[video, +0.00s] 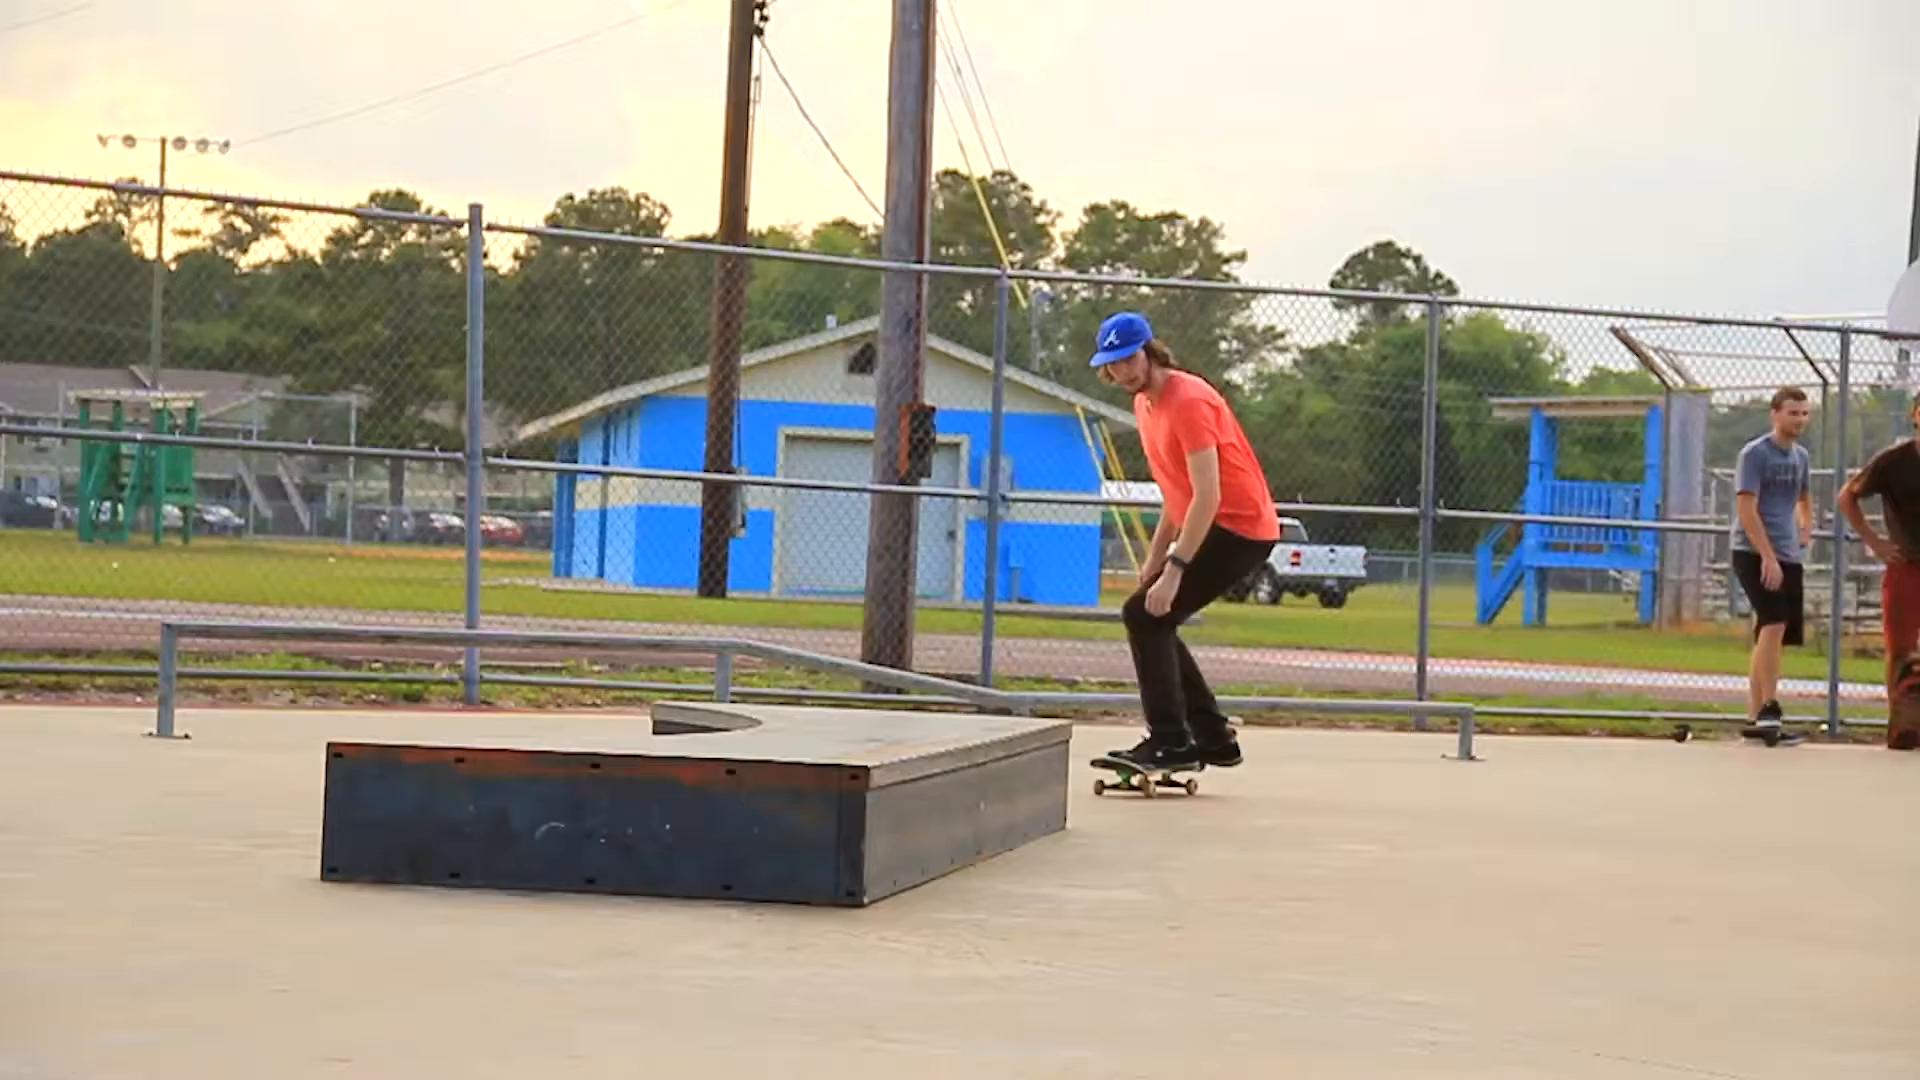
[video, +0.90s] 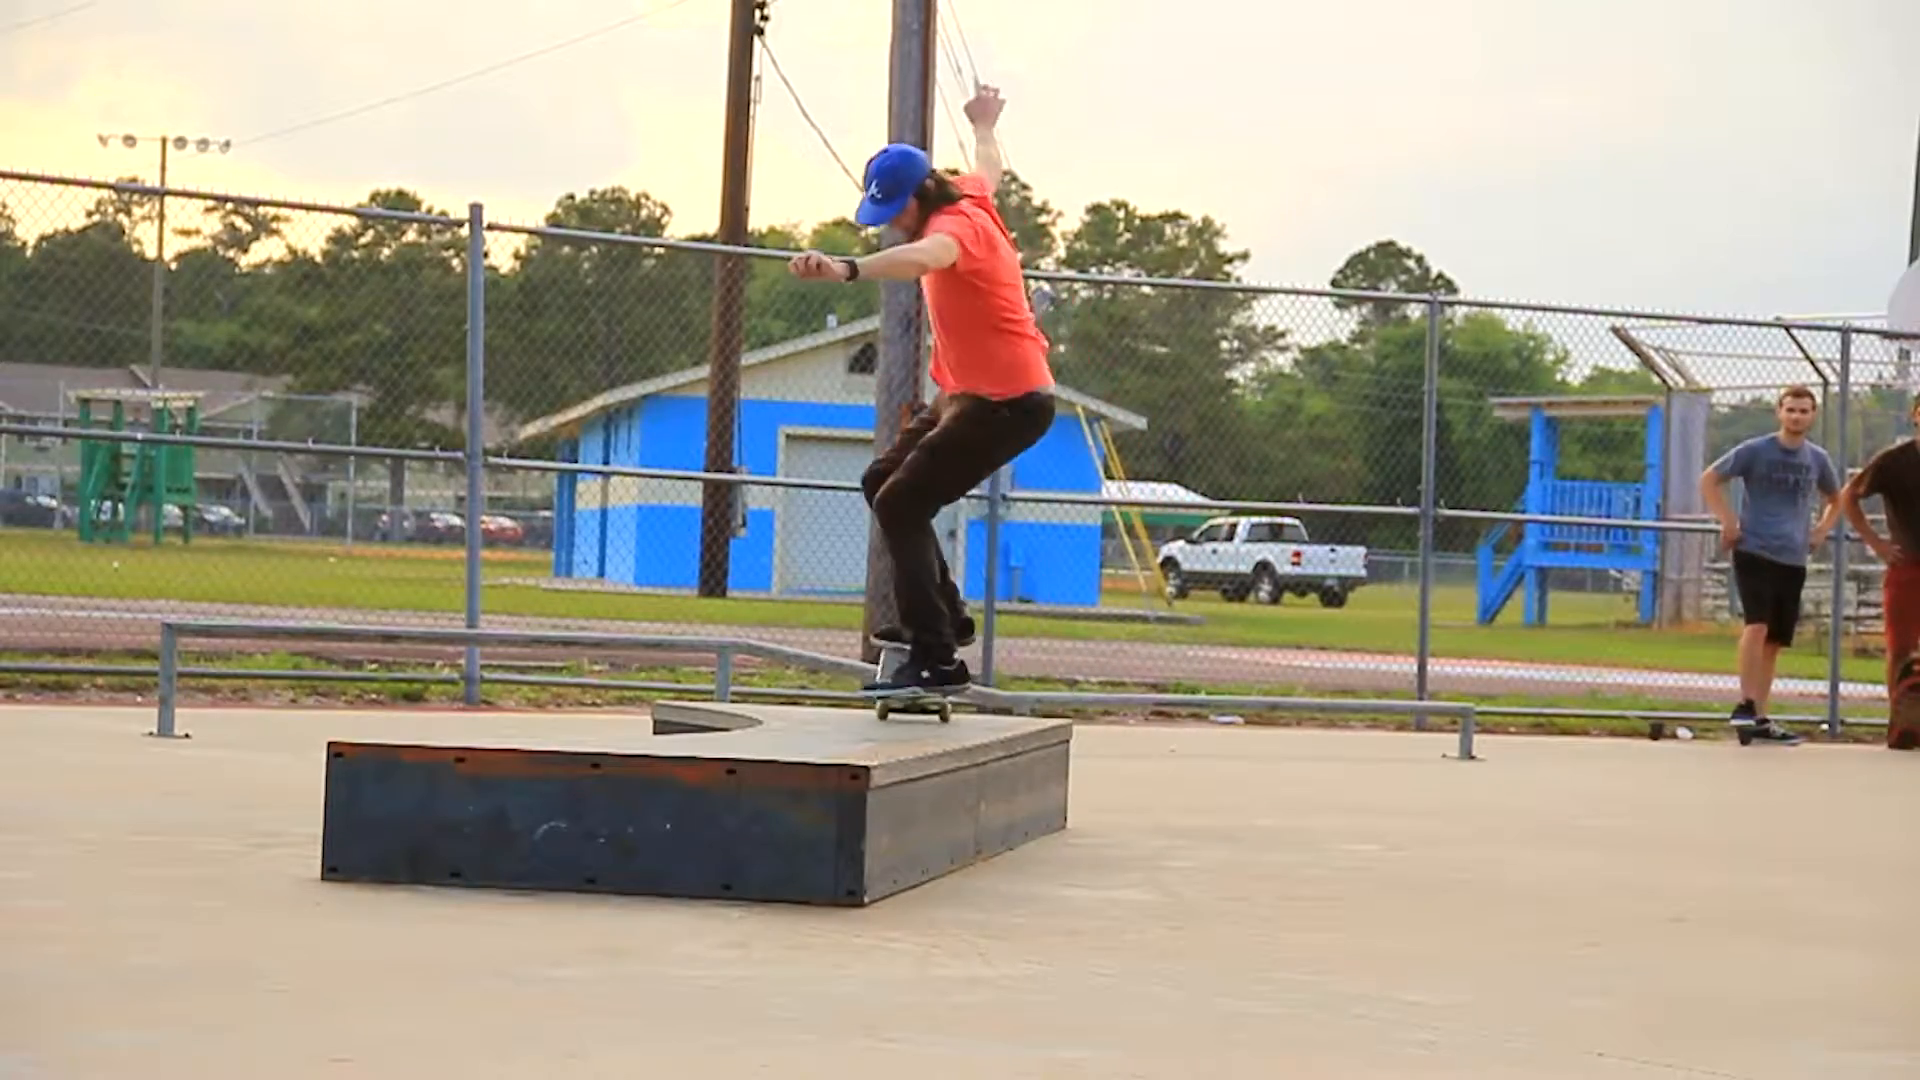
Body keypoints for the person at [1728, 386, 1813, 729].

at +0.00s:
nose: (1800, 419)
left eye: (1804, 414)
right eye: (1793, 413)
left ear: (1806, 418)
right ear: (1774, 415)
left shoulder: (1800, 456)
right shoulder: (1754, 454)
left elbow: (1802, 496)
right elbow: (1746, 509)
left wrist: (1805, 525)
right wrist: (1767, 555)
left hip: (1787, 552)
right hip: (1754, 550)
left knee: (1772, 632)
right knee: (1774, 620)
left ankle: (1758, 712)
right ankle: (1768, 703)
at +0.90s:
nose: (1797, 416)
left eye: (1804, 411)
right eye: (1791, 410)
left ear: (1813, 416)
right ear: (1779, 413)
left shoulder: (1817, 459)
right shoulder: (1755, 450)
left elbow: (1835, 498)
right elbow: (1709, 479)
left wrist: (1821, 528)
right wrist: (1728, 521)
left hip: (1792, 557)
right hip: (1754, 550)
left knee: (1774, 641)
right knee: (1757, 625)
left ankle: (1760, 715)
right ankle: (1746, 705)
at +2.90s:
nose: (1809, 421)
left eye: (1813, 415)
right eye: (1803, 414)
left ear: (1816, 419)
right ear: (1784, 413)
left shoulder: (1812, 459)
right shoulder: (1755, 446)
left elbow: (1828, 500)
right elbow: (1705, 473)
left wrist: (1817, 534)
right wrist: (1735, 511)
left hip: (1790, 557)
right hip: (1753, 550)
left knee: (1771, 641)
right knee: (1753, 624)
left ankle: (1758, 717)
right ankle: (1742, 703)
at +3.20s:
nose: (1824, 422)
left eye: (1824, 416)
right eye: (1820, 415)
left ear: (1806, 419)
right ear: (1798, 417)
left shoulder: (1811, 458)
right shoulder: (1756, 447)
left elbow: (1827, 499)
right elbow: (1707, 474)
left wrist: (1817, 532)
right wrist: (1737, 513)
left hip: (1790, 557)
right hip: (1753, 551)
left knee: (1771, 641)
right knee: (1752, 624)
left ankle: (1757, 716)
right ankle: (1739, 704)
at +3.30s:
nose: (1808, 401)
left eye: (1815, 395)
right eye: (1802, 395)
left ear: (1828, 399)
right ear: (1794, 400)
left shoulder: (1848, 444)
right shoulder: (1774, 445)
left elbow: (1885, 483)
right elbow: (1761, 502)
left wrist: (1859, 515)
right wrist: (1758, 554)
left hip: (1825, 556)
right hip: (1782, 554)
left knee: (1817, 638)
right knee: (1774, 636)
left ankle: (1807, 713)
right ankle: (1770, 711)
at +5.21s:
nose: (1798, 402)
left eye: (1804, 395)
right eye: (1792, 395)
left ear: (1818, 400)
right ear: (1782, 400)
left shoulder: (1840, 443)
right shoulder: (1764, 447)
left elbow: (1883, 481)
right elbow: (1751, 503)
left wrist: (1853, 514)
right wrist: (1753, 555)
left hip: (1822, 554)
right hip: (1778, 552)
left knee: (1816, 639)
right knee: (1773, 638)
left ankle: (1807, 714)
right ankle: (1770, 712)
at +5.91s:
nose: (1798, 402)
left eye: (1805, 395)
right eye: (1792, 395)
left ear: (1817, 399)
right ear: (1783, 400)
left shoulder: (1840, 442)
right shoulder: (1764, 447)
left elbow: (1881, 480)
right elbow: (1750, 503)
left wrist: (1852, 514)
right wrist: (1755, 555)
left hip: (1822, 555)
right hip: (1777, 553)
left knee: (1816, 639)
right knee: (1773, 637)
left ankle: (1807, 713)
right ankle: (1770, 711)